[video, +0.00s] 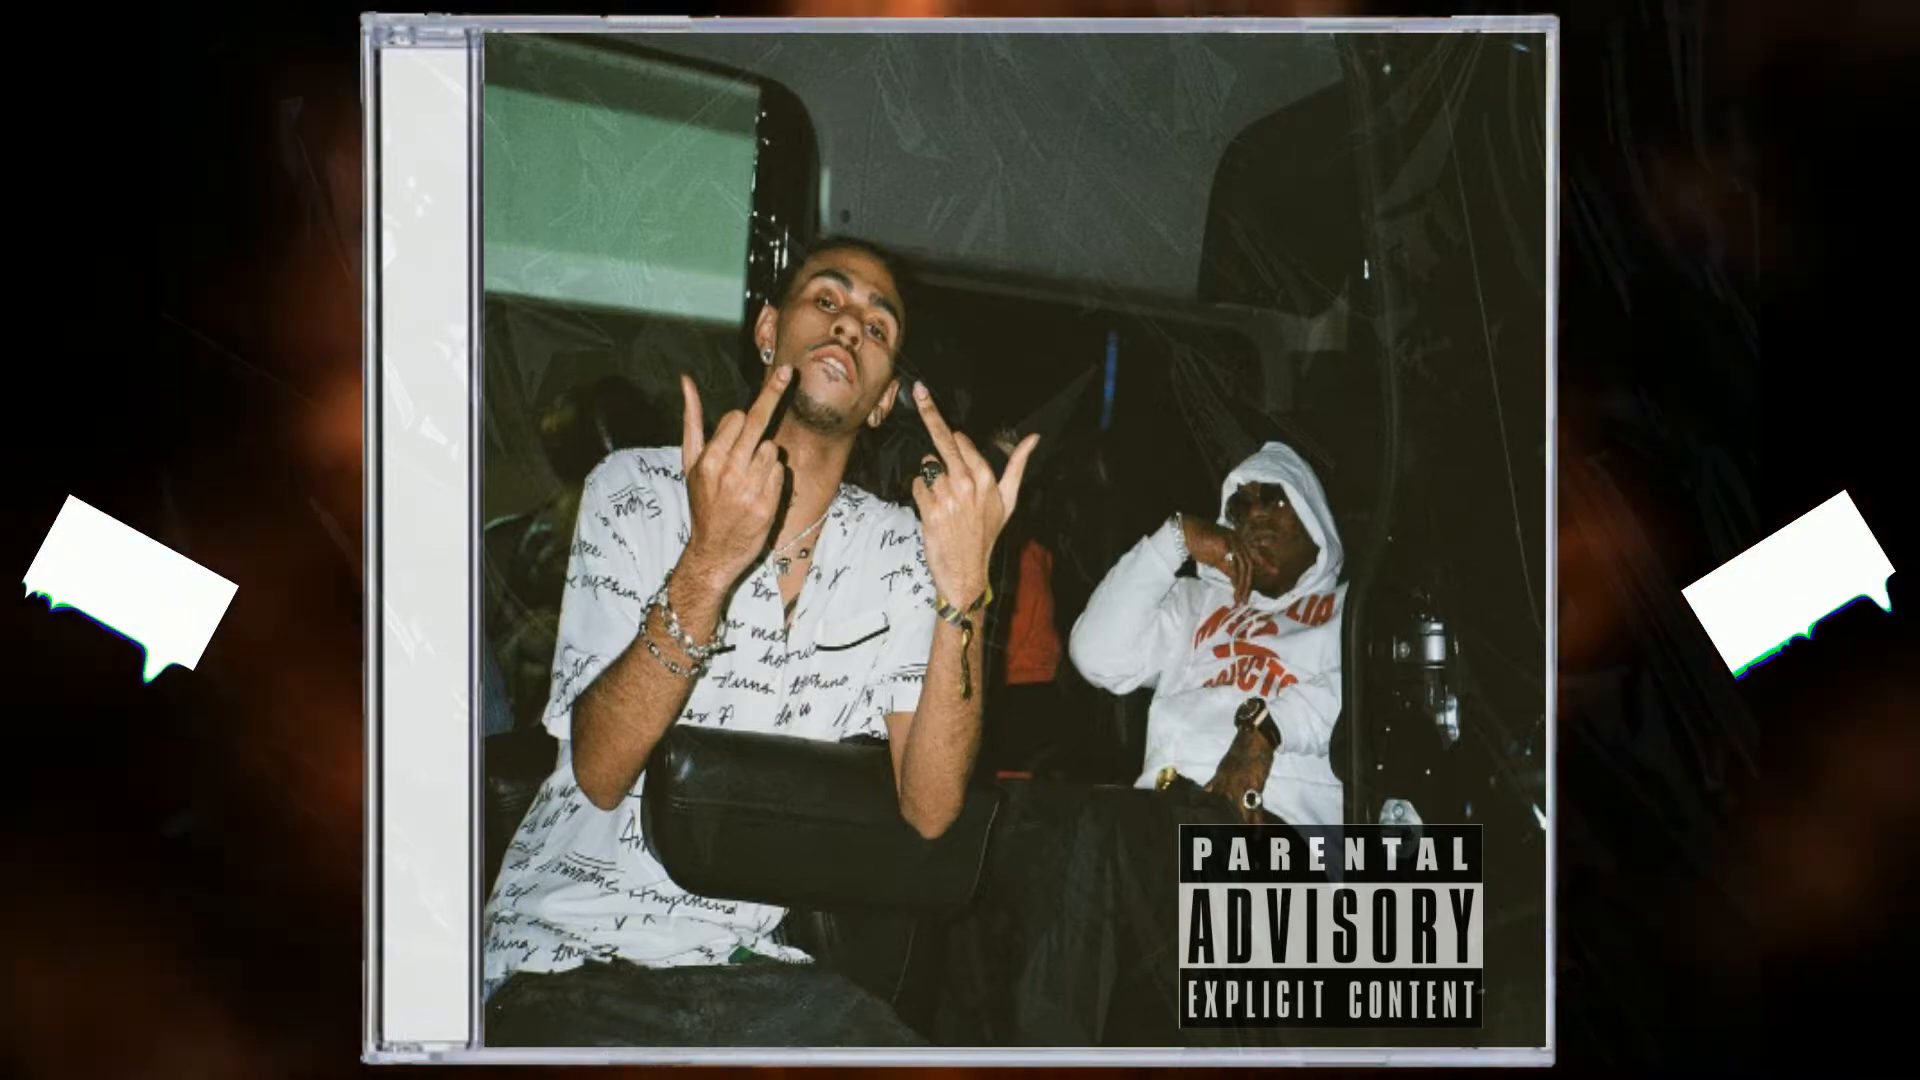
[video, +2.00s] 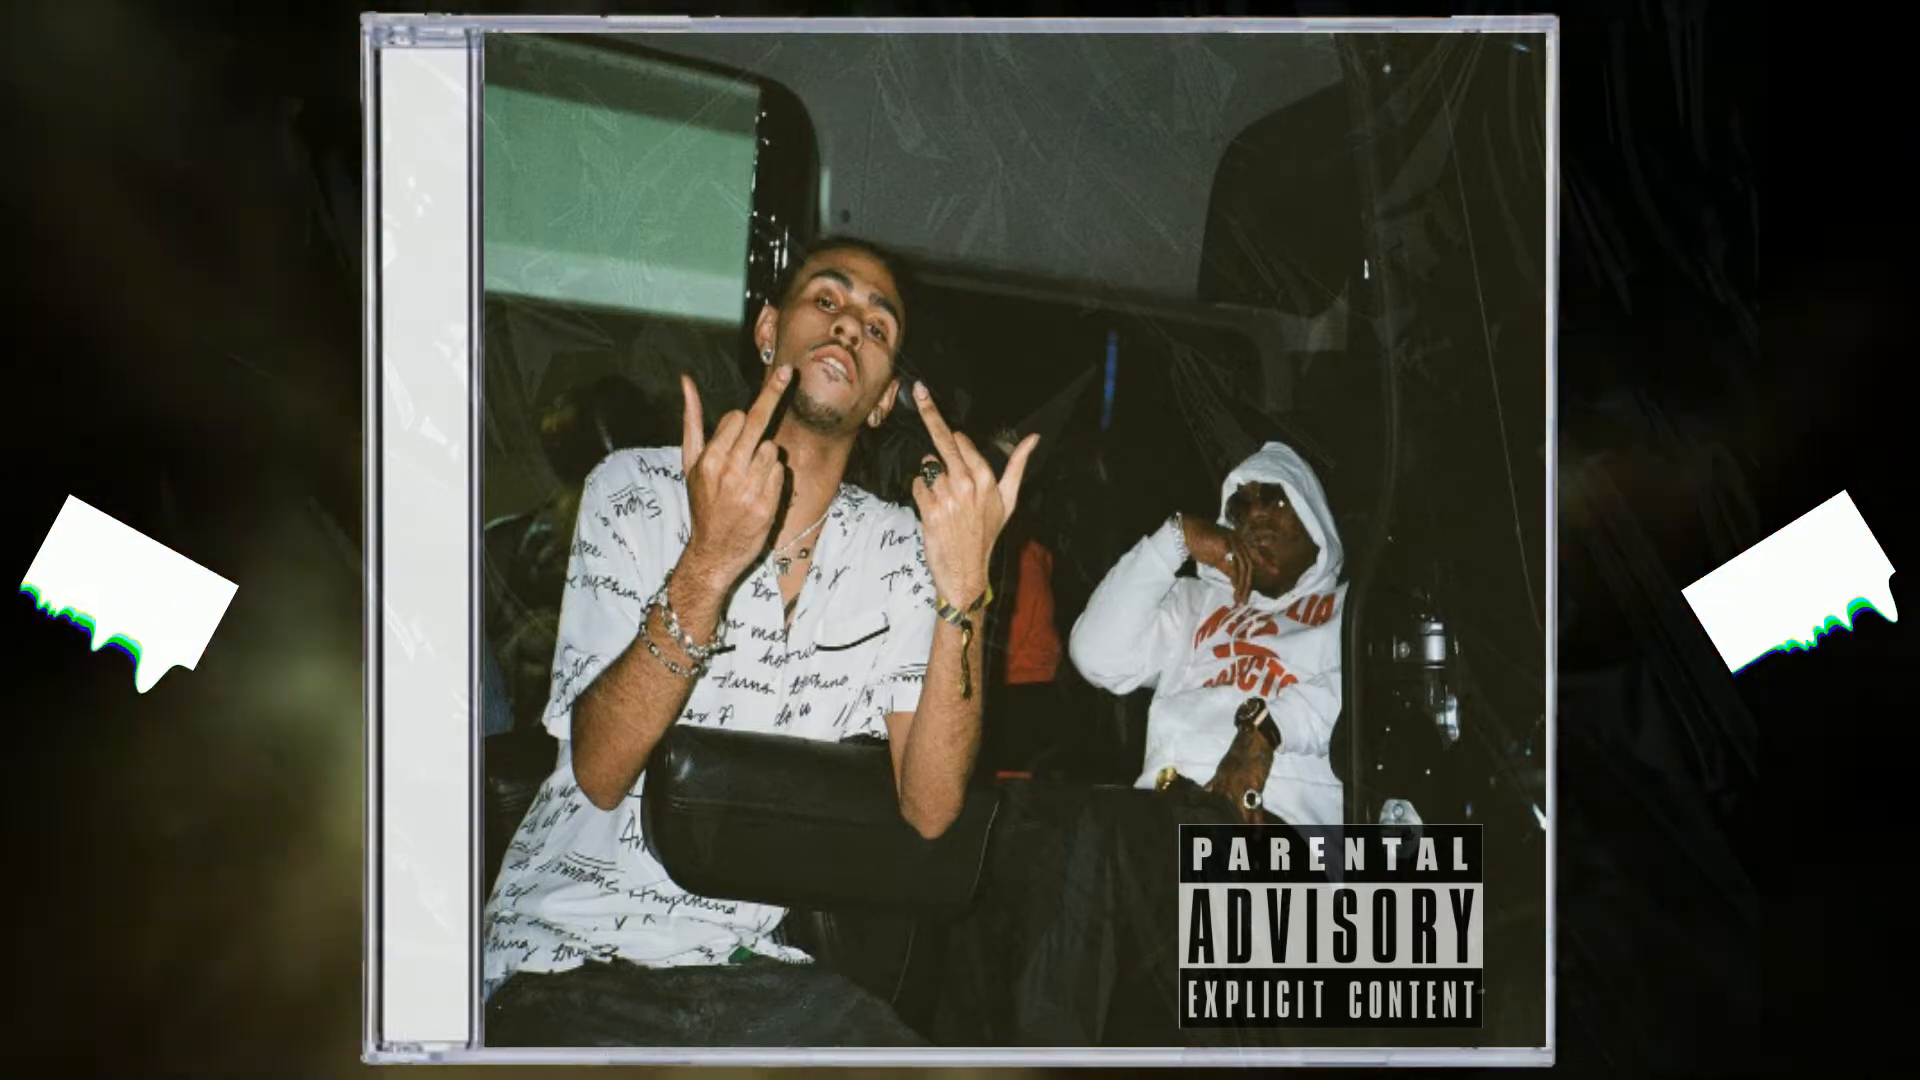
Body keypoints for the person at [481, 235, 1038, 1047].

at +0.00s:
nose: (852, 323)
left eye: (879, 323)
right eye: (826, 299)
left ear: (887, 396)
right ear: (767, 333)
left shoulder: (902, 550)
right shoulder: (638, 490)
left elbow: (931, 809)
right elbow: (601, 770)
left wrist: (966, 593)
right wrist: (709, 564)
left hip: (753, 957)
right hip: (569, 945)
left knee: (907, 1061)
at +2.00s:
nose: (852, 323)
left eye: (879, 324)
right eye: (826, 299)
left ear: (887, 396)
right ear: (767, 333)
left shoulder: (902, 550)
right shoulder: (637, 490)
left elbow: (930, 809)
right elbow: (601, 770)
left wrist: (965, 593)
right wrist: (709, 564)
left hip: (757, 958)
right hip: (570, 946)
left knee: (909, 1065)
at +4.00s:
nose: (851, 323)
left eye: (878, 323)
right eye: (826, 299)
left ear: (887, 395)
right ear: (767, 333)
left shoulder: (904, 551)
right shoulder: (638, 491)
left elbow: (931, 809)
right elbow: (601, 770)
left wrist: (966, 593)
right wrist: (710, 563)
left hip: (756, 956)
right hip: (571, 944)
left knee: (905, 1059)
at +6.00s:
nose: (851, 323)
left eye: (878, 323)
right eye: (826, 298)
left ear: (886, 396)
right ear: (766, 332)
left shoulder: (903, 550)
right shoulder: (638, 489)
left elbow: (930, 809)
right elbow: (600, 770)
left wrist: (965, 594)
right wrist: (710, 563)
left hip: (753, 955)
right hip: (568, 943)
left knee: (908, 1061)